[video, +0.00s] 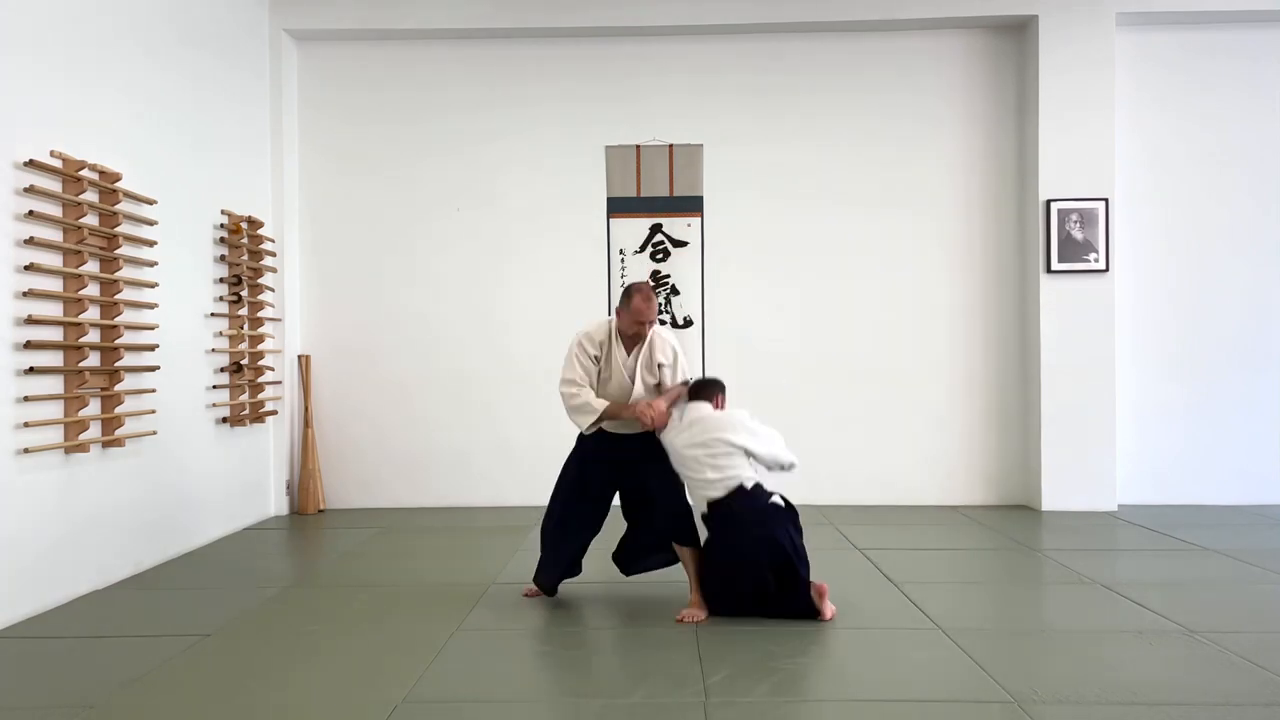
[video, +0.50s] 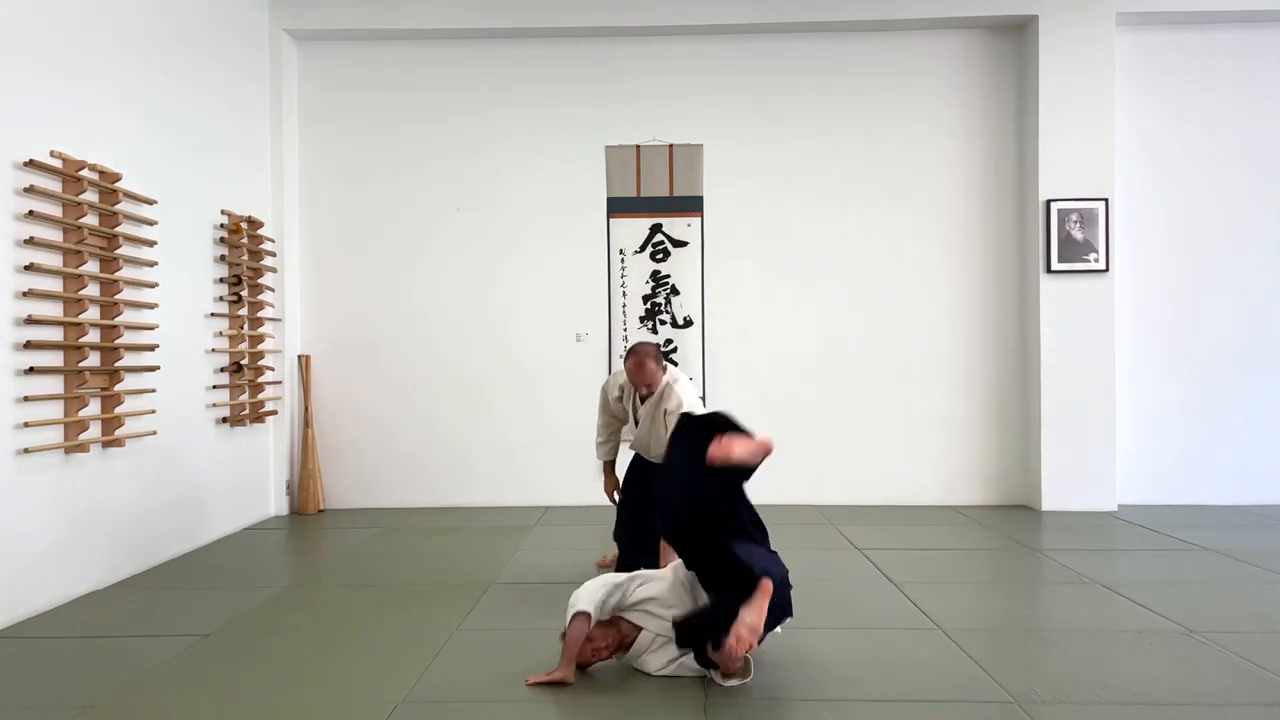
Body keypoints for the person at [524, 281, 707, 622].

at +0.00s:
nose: (646, 330)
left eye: (652, 323)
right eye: (639, 322)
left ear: (657, 317)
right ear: (618, 313)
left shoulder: (664, 344)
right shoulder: (590, 341)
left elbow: (679, 394)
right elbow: (573, 394)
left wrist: (660, 407)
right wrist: (627, 410)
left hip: (647, 442)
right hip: (599, 439)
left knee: (675, 511)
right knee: (567, 506)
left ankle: (697, 595)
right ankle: (547, 580)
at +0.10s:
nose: (643, 368)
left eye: (650, 361)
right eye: (635, 362)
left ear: (659, 349)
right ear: (622, 347)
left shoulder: (674, 370)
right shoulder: (602, 358)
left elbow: (688, 427)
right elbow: (584, 411)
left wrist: (654, 452)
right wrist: (619, 450)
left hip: (664, 452)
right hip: (613, 446)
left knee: (679, 517)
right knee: (575, 504)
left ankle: (697, 592)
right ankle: (549, 571)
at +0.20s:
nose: (647, 399)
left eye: (654, 393)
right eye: (640, 392)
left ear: (666, 379)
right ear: (629, 377)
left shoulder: (680, 397)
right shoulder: (611, 377)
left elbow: (681, 467)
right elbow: (591, 428)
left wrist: (641, 510)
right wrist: (606, 480)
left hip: (680, 453)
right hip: (632, 447)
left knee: (685, 514)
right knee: (580, 506)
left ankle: (691, 594)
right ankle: (563, 567)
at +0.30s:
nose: (648, 418)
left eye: (655, 413)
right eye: (641, 413)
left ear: (668, 396)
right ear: (632, 395)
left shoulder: (685, 413)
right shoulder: (617, 389)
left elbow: (663, 475)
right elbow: (598, 440)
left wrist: (630, 529)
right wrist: (603, 492)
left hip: (692, 454)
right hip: (642, 454)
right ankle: (584, 555)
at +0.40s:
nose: (647, 414)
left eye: (654, 408)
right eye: (640, 407)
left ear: (668, 392)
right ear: (630, 393)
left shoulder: (685, 413)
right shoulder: (618, 394)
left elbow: (674, 474)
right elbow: (604, 436)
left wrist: (647, 533)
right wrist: (605, 484)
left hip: (691, 464)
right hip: (646, 461)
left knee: (686, 533)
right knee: (607, 530)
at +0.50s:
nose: (642, 392)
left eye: (649, 386)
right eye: (635, 385)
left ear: (663, 371)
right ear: (627, 375)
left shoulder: (680, 399)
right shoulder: (616, 386)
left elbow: (689, 454)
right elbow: (608, 429)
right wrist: (609, 474)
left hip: (677, 466)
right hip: (644, 460)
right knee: (629, 528)